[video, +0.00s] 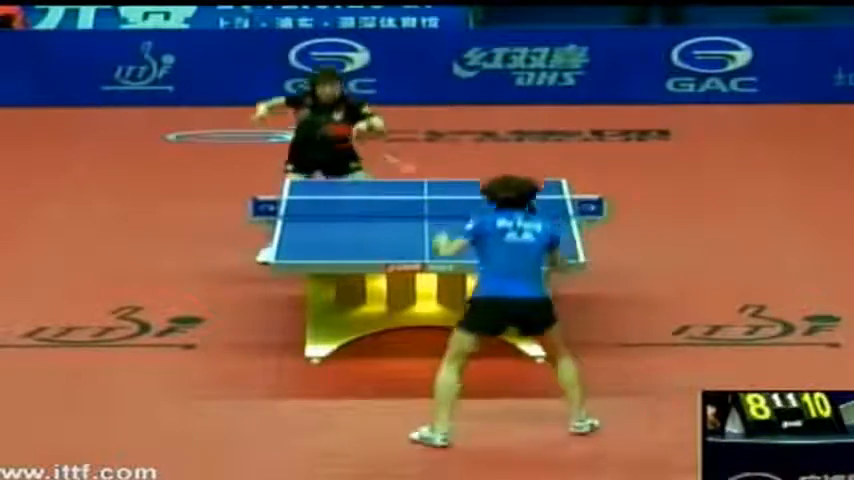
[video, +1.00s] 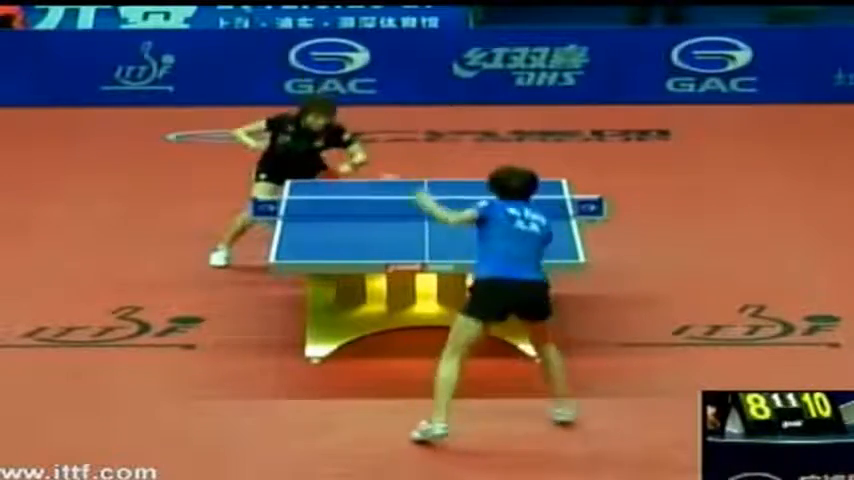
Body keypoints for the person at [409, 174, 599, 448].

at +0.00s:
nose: (487, 203)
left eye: (489, 199)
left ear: (494, 201)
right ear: (528, 201)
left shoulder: (484, 223)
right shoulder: (544, 226)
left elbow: (450, 251)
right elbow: (554, 262)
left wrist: (442, 244)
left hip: (489, 300)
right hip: (532, 300)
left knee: (453, 360)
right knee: (560, 355)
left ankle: (439, 429)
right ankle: (579, 417)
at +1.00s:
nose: (491, 194)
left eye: (494, 190)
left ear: (499, 191)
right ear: (528, 193)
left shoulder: (491, 208)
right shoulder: (540, 220)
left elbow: (452, 219)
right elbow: (539, 252)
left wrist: (428, 204)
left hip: (492, 285)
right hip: (532, 287)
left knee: (453, 352)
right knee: (545, 345)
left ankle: (438, 422)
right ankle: (563, 406)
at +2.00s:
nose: (553, 217)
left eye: (557, 216)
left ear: (555, 222)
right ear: (574, 238)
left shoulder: (531, 229)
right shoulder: (565, 261)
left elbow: (498, 211)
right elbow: (561, 281)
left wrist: (472, 186)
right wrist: (593, 275)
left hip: (496, 296)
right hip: (530, 308)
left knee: (445, 362)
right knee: (537, 339)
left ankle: (456, 416)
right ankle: (539, 393)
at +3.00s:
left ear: (499, 231)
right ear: (535, 234)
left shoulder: (477, 256)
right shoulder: (538, 262)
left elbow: (446, 293)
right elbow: (564, 293)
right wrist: (559, 266)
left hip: (469, 342)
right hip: (515, 345)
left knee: (427, 393)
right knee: (567, 391)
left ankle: (403, 459)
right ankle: (599, 460)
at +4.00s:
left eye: (389, 233)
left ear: (389, 236)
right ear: (425, 236)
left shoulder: (379, 263)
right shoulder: (441, 268)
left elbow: (337, 287)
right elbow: (471, 308)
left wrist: (317, 287)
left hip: (394, 348)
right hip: (435, 347)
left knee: (372, 418)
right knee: (470, 397)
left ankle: (366, 472)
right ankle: (498, 458)